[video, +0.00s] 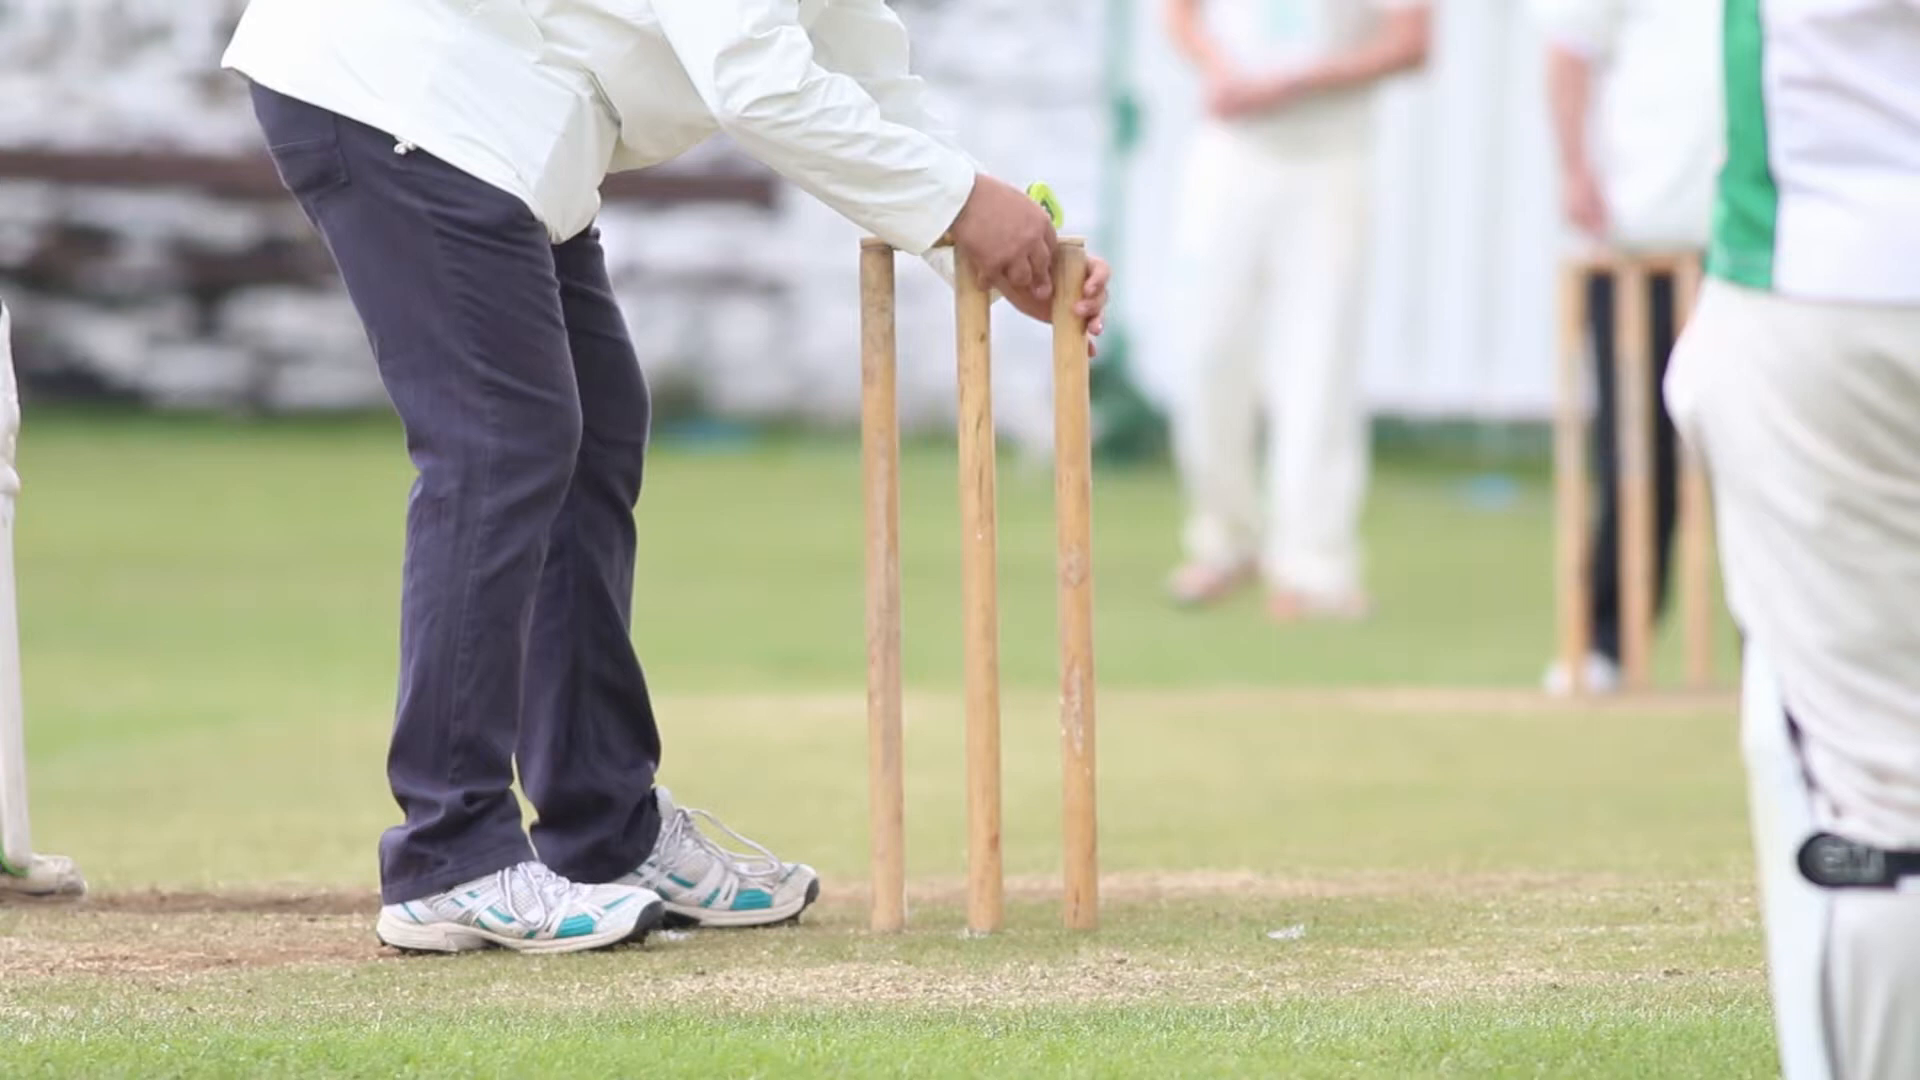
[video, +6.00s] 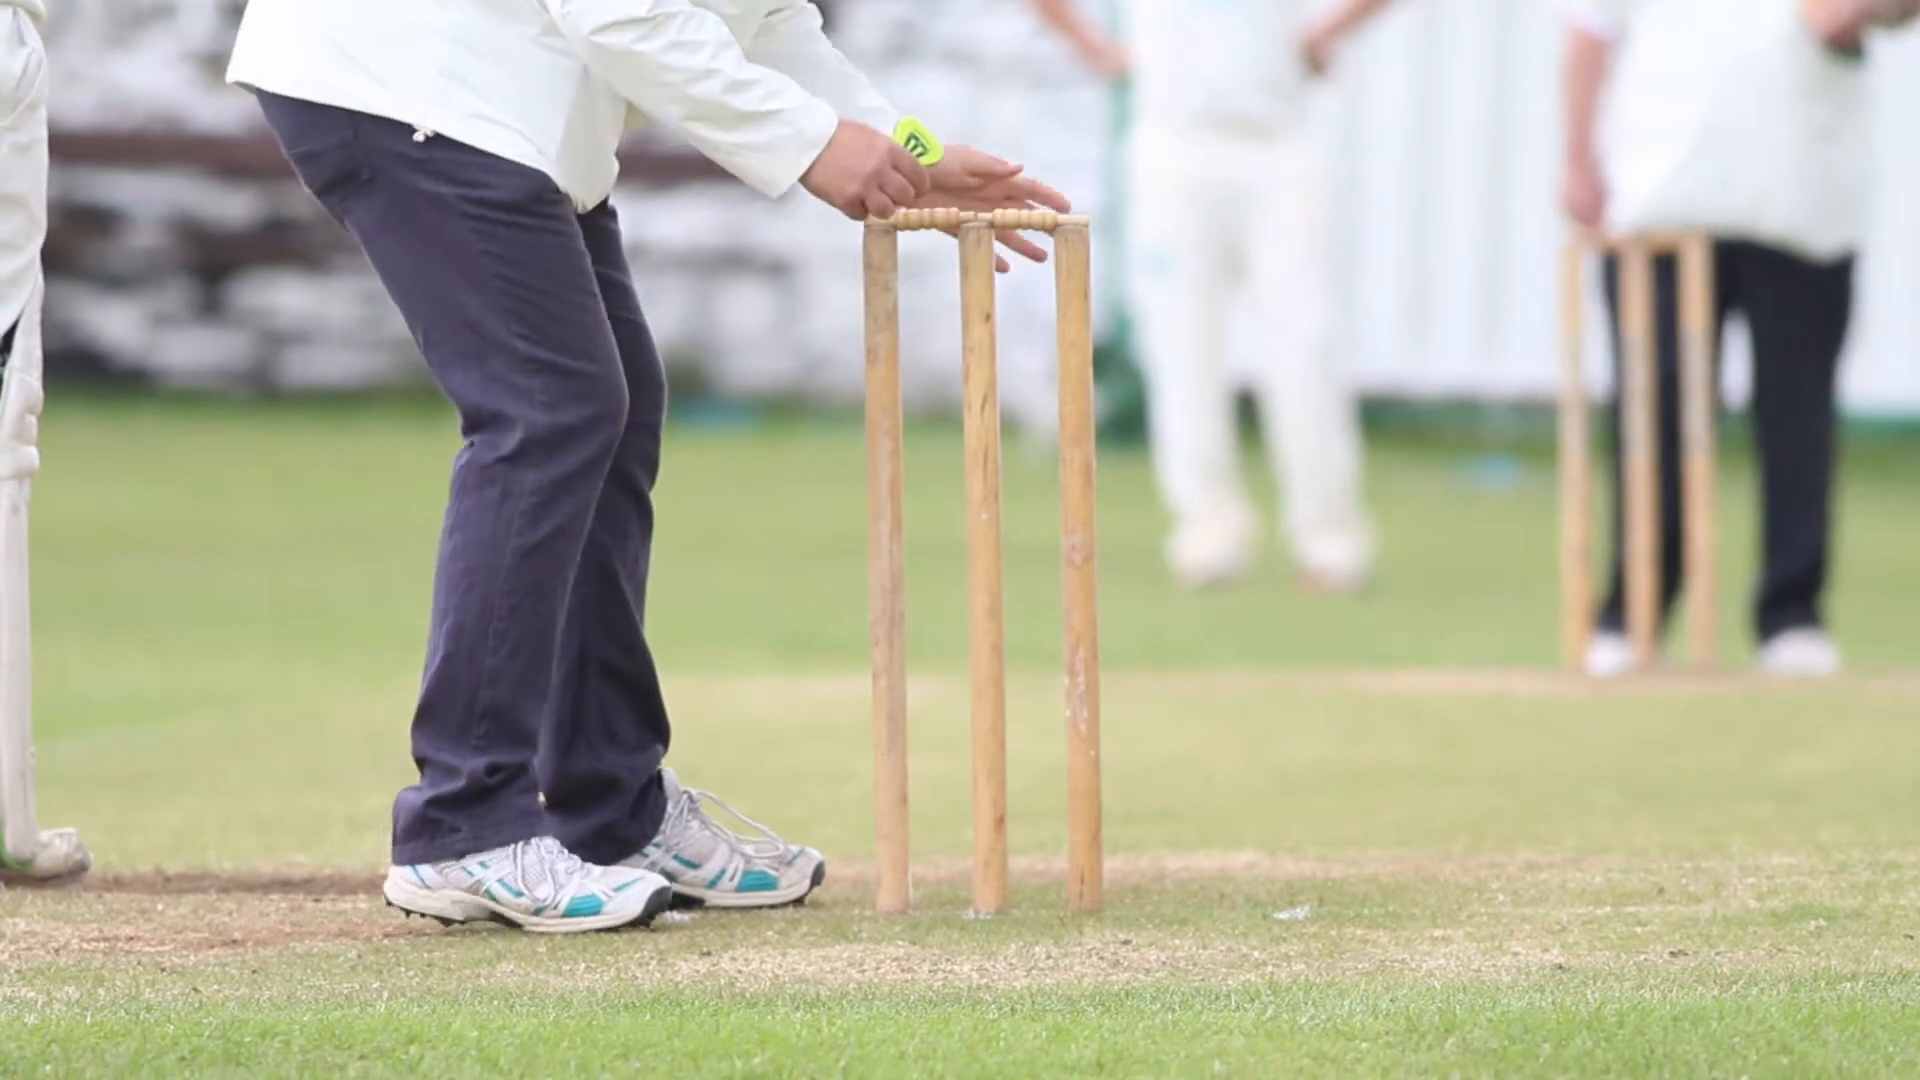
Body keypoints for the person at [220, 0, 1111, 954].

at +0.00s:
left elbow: (876, 90)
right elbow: (753, 80)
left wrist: (1008, 250)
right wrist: (962, 200)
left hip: (509, 87)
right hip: (384, 57)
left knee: (597, 429)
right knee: (508, 436)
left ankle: (604, 833)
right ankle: (446, 864)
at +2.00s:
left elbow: (721, 84)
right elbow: (642, 62)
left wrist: (853, 227)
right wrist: (822, 207)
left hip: (479, 80)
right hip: (381, 62)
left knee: (588, 414)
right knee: (508, 429)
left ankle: (606, 832)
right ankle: (450, 857)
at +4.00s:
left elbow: (807, 65)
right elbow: (644, 60)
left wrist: (949, 188)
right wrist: (825, 201)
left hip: (491, 82)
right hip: (382, 58)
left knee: (587, 419)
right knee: (506, 425)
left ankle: (607, 821)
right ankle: (451, 852)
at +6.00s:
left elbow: (750, 20)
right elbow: (612, 15)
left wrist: (904, 154)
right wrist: (802, 140)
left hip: (517, 68)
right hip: (394, 53)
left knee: (620, 401)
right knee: (552, 405)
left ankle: (608, 809)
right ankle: (463, 828)